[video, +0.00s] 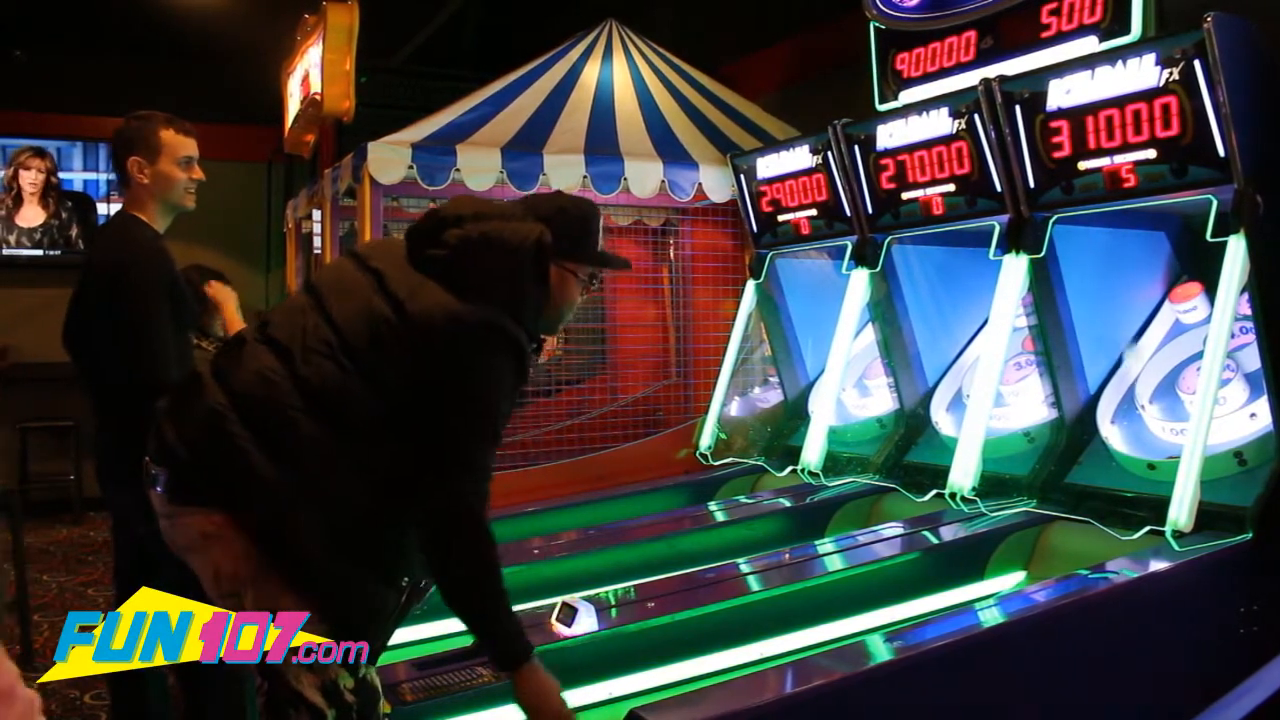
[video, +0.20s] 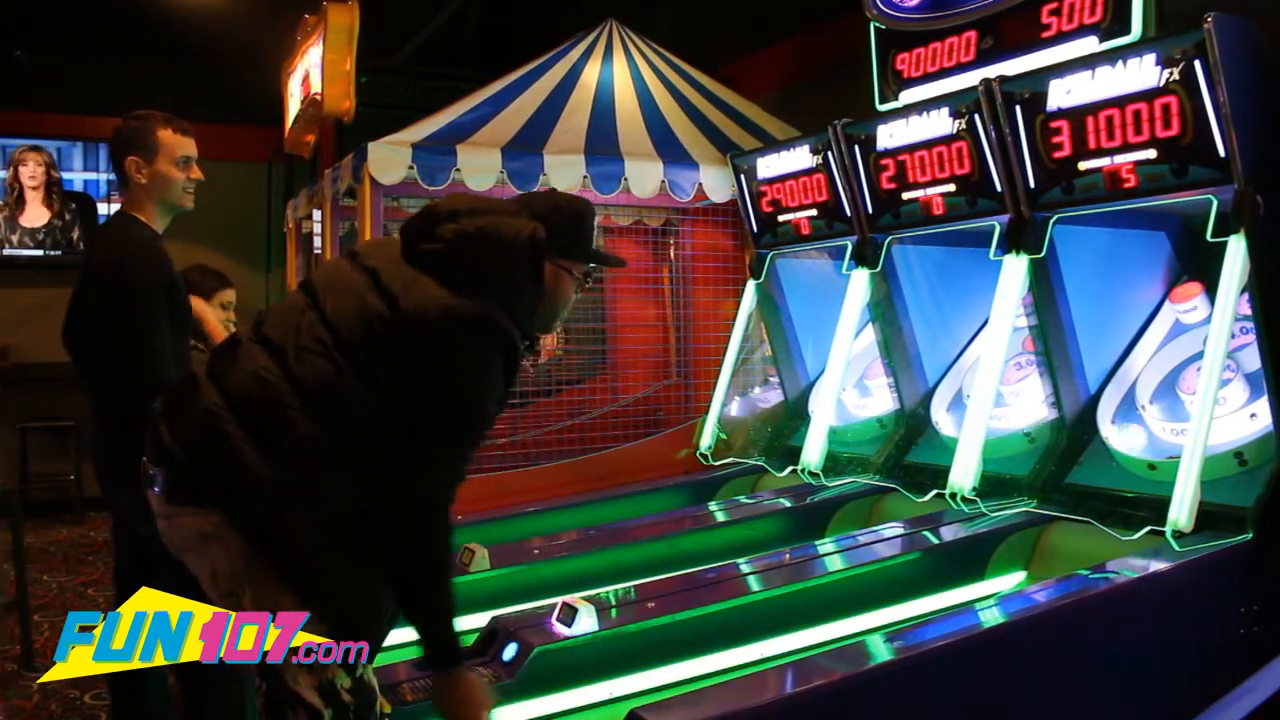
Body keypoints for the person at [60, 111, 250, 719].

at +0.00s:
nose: (199, 176)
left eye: (198, 164)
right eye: (186, 164)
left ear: (143, 174)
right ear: (140, 170)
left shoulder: (117, 243)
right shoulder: (139, 253)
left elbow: (75, 337)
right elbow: (169, 372)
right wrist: (229, 319)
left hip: (127, 454)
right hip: (149, 463)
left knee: (142, 596)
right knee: (171, 599)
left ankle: (138, 706)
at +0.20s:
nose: (196, 176)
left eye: (195, 163)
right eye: (183, 164)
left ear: (141, 172)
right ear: (137, 169)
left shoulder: (118, 241)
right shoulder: (137, 252)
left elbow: (79, 336)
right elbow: (163, 371)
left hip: (126, 451)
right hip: (145, 460)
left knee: (143, 591)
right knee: (166, 595)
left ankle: (139, 703)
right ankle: (156, 704)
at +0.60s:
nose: (196, 175)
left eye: (196, 163)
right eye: (184, 163)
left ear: (141, 171)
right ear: (138, 169)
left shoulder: (110, 240)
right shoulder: (138, 250)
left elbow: (77, 336)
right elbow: (163, 374)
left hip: (119, 444)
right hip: (146, 454)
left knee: (136, 593)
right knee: (148, 601)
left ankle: (135, 700)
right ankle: (145, 704)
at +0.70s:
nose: (195, 177)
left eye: (195, 165)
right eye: (183, 164)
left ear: (141, 173)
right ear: (137, 169)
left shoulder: (119, 242)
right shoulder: (133, 251)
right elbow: (161, 381)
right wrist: (222, 462)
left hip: (137, 454)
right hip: (147, 458)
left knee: (151, 601)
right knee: (168, 605)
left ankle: (146, 706)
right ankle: (165, 707)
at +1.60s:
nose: (174, 170)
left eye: (173, 158)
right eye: (160, 158)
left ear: (123, 171)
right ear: (113, 167)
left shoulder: (115, 241)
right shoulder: (109, 250)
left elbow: (132, 357)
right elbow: (124, 371)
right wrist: (151, 456)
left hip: (120, 456)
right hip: (118, 462)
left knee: (138, 601)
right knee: (152, 602)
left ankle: (135, 703)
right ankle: (145, 705)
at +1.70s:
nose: (164, 169)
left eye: (163, 156)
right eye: (148, 156)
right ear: (100, 166)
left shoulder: (109, 246)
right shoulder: (94, 255)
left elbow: (118, 376)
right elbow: (106, 392)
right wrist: (146, 498)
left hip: (115, 470)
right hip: (112, 478)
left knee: (127, 624)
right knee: (132, 627)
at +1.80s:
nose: (153, 167)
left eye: (152, 155)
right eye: (137, 155)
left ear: (97, 167)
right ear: (86, 165)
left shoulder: (93, 244)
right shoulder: (83, 253)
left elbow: (105, 387)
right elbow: (96, 397)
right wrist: (136, 507)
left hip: (99, 476)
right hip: (97, 485)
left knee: (105, 633)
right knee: (110, 638)